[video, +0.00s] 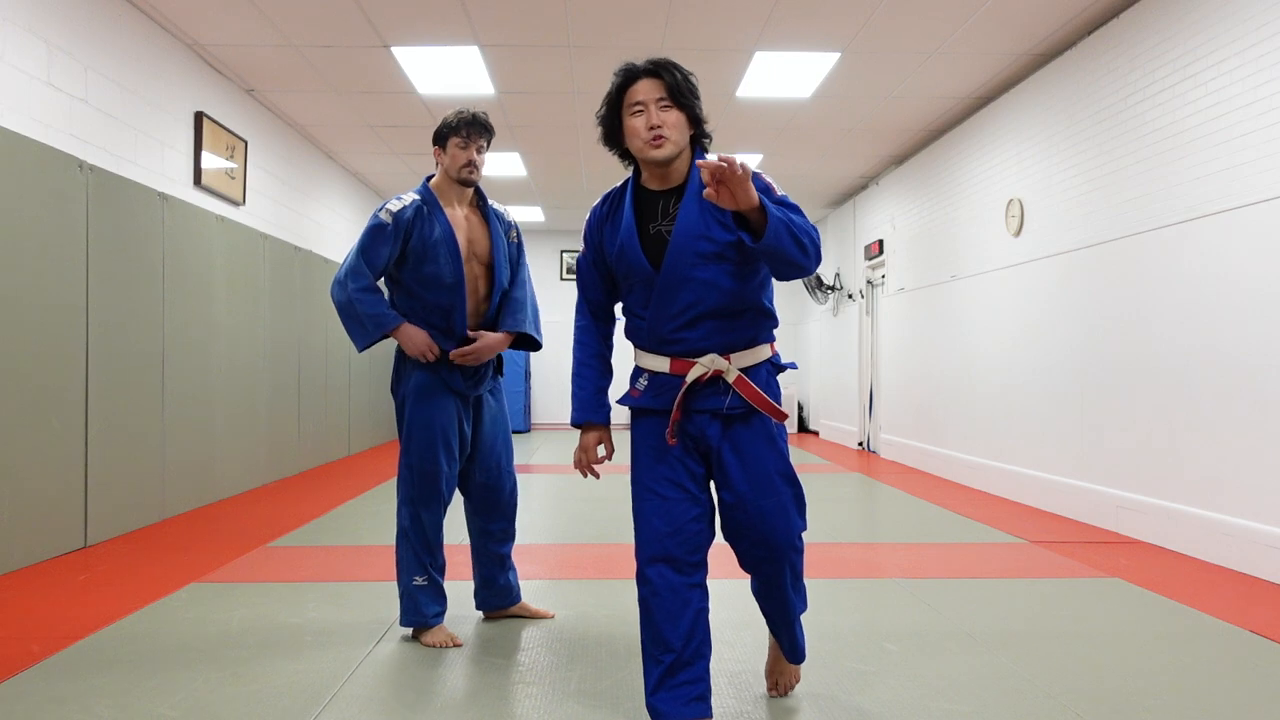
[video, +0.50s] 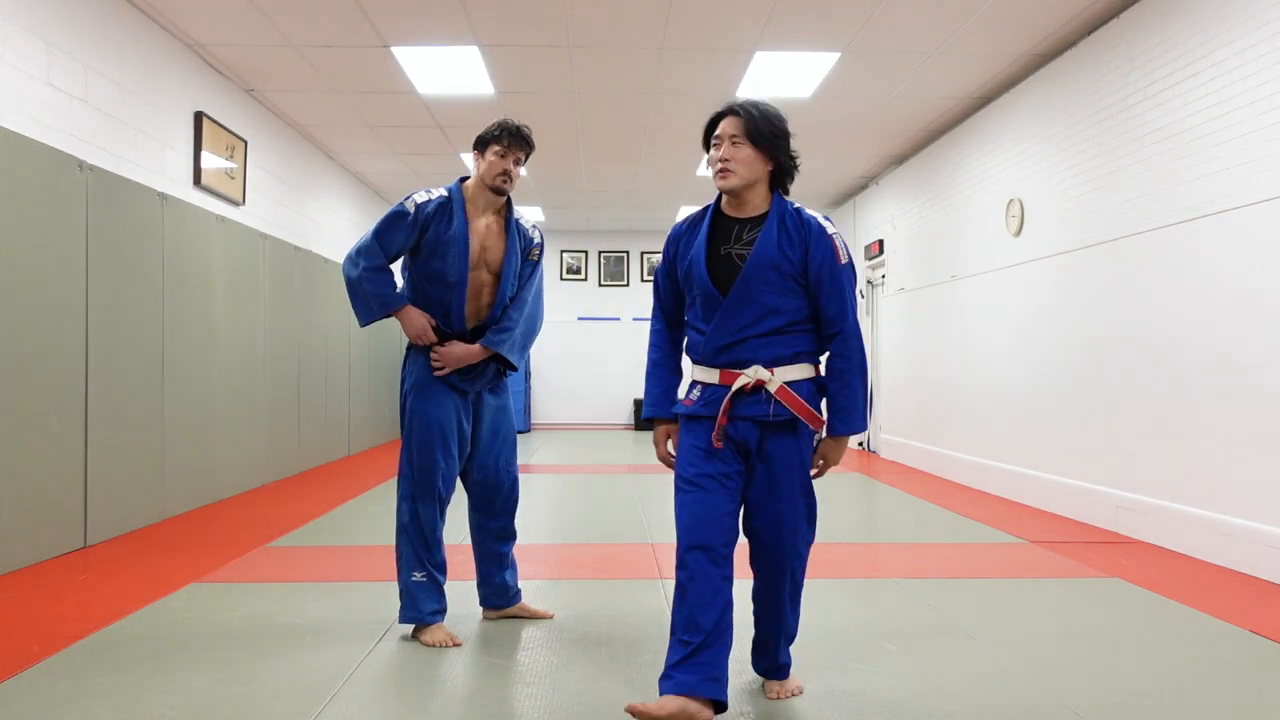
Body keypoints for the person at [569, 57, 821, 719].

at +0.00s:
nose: (654, 119)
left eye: (667, 105)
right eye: (638, 111)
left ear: (692, 119)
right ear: (621, 133)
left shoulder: (736, 184)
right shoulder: (608, 216)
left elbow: (805, 257)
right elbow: (593, 319)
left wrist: (753, 210)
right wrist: (589, 416)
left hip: (746, 390)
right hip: (659, 398)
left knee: (771, 541)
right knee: (667, 567)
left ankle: (785, 641)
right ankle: (678, 709)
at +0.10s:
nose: (671, 120)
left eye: (683, 107)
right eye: (655, 111)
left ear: (707, 121)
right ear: (637, 131)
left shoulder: (750, 187)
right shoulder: (620, 218)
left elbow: (813, 255)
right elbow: (601, 319)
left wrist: (777, 242)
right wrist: (598, 415)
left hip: (750, 390)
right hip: (664, 396)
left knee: (770, 541)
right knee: (669, 563)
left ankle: (787, 645)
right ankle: (679, 709)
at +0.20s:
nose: (690, 122)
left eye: (702, 112)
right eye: (676, 114)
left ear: (726, 129)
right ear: (656, 135)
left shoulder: (762, 196)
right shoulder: (635, 223)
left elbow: (802, 252)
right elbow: (615, 322)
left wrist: (807, 324)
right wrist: (611, 413)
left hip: (757, 390)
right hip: (671, 399)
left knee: (774, 542)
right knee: (672, 562)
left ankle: (788, 652)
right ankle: (679, 709)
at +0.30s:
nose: (706, 132)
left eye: (719, 122)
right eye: (694, 123)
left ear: (744, 141)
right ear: (676, 144)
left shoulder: (778, 211)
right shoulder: (654, 228)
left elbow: (816, 304)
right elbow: (631, 323)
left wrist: (833, 398)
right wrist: (625, 409)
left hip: (769, 399)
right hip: (685, 403)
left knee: (777, 543)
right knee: (679, 561)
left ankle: (781, 652)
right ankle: (680, 708)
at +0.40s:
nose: (714, 144)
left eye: (729, 134)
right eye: (705, 135)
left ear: (759, 150)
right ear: (692, 152)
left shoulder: (796, 227)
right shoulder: (672, 233)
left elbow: (827, 330)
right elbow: (650, 324)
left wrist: (828, 428)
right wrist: (642, 408)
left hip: (783, 410)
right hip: (699, 409)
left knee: (779, 551)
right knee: (688, 556)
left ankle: (773, 659)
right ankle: (688, 702)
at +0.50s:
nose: (720, 151)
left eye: (736, 142)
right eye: (715, 143)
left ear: (771, 156)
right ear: (709, 157)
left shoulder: (811, 234)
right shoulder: (686, 234)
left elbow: (842, 332)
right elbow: (665, 327)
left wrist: (842, 424)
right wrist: (662, 411)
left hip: (787, 409)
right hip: (705, 408)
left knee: (781, 549)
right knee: (700, 547)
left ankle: (774, 662)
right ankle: (694, 688)